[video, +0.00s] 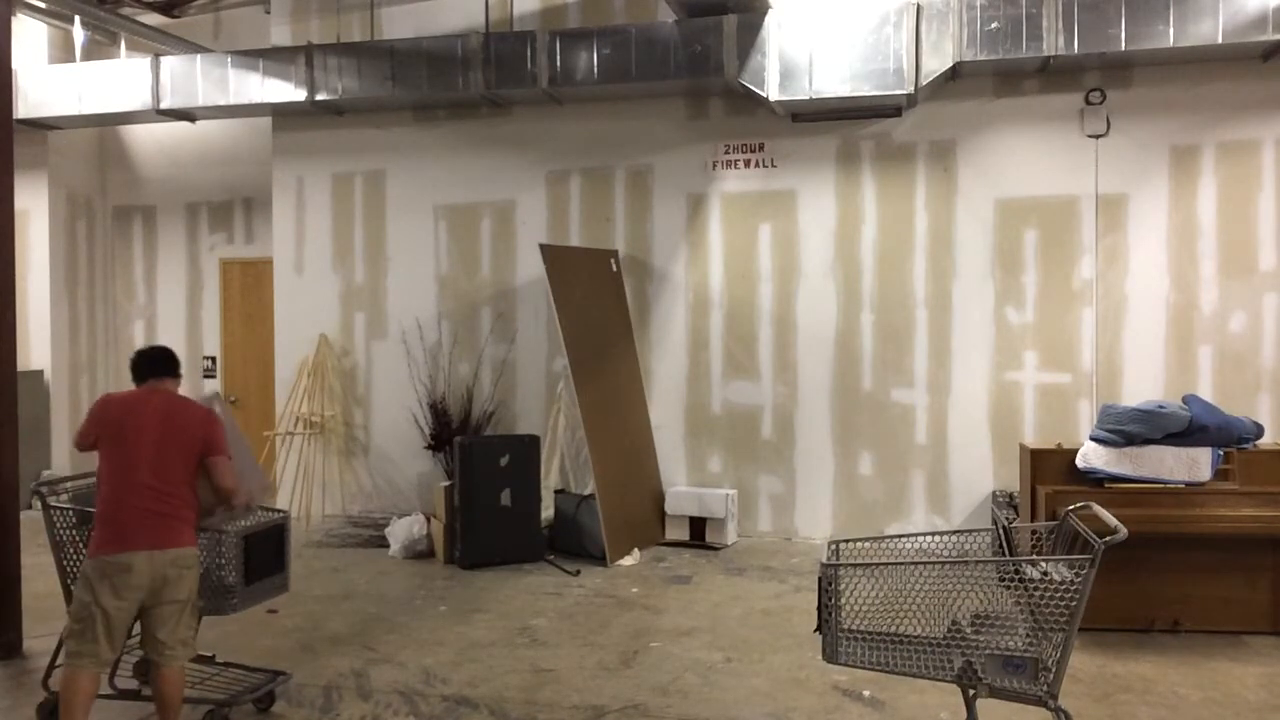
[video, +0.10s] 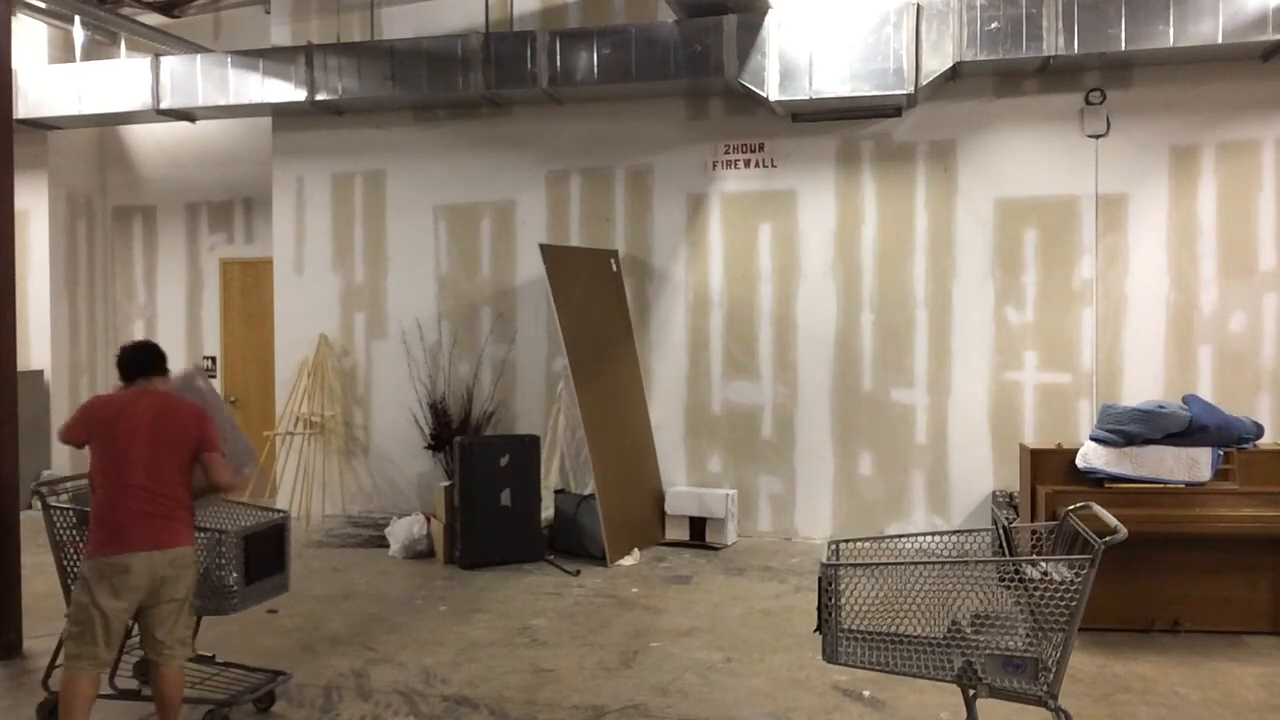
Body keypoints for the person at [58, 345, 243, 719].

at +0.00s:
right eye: (177, 378)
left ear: (135, 379)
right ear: (177, 378)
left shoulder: (110, 406)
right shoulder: (202, 416)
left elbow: (82, 443)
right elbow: (224, 482)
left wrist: (122, 430)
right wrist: (232, 498)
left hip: (117, 555)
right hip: (178, 555)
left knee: (86, 657)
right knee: (170, 657)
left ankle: (69, 715)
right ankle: (170, 716)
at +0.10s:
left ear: (123, 376)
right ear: (166, 372)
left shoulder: (102, 408)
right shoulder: (192, 411)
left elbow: (69, 435)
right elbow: (221, 477)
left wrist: (112, 411)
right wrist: (239, 481)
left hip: (113, 556)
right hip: (174, 554)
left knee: (84, 659)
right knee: (170, 656)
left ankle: (69, 716)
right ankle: (170, 716)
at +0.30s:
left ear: (91, 376)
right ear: (138, 372)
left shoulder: (78, 417)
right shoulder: (168, 417)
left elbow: (27, 428)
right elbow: (201, 480)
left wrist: (58, 389)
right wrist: (203, 448)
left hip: (95, 563)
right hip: (158, 558)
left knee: (79, 667)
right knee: (161, 660)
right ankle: (168, 716)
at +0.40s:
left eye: (78, 371)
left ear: (77, 375)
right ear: (123, 372)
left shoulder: (61, 421)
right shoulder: (154, 420)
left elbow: (7, 429)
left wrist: (25, 387)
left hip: (76, 568)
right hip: (141, 563)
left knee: (66, 673)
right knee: (153, 662)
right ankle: (164, 716)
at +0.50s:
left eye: (66, 370)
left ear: (64, 375)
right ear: (111, 372)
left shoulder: (43, 423)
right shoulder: (139, 420)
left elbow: (4, 442)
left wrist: (8, 404)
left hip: (58, 570)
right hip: (121, 566)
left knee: (58, 677)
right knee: (140, 661)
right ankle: (158, 715)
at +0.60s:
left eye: (57, 367)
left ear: (54, 373)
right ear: (100, 371)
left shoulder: (29, 423)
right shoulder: (127, 423)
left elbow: (4, 470)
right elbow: (128, 475)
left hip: (45, 569)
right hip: (107, 565)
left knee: (54, 678)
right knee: (122, 655)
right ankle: (145, 714)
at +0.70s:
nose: (41, 374)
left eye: (42, 368)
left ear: (44, 371)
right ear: (90, 371)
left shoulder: (22, 420)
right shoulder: (115, 423)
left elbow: (6, 473)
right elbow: (106, 484)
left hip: (39, 567)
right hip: (95, 560)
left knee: (51, 676)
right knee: (99, 654)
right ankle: (119, 714)